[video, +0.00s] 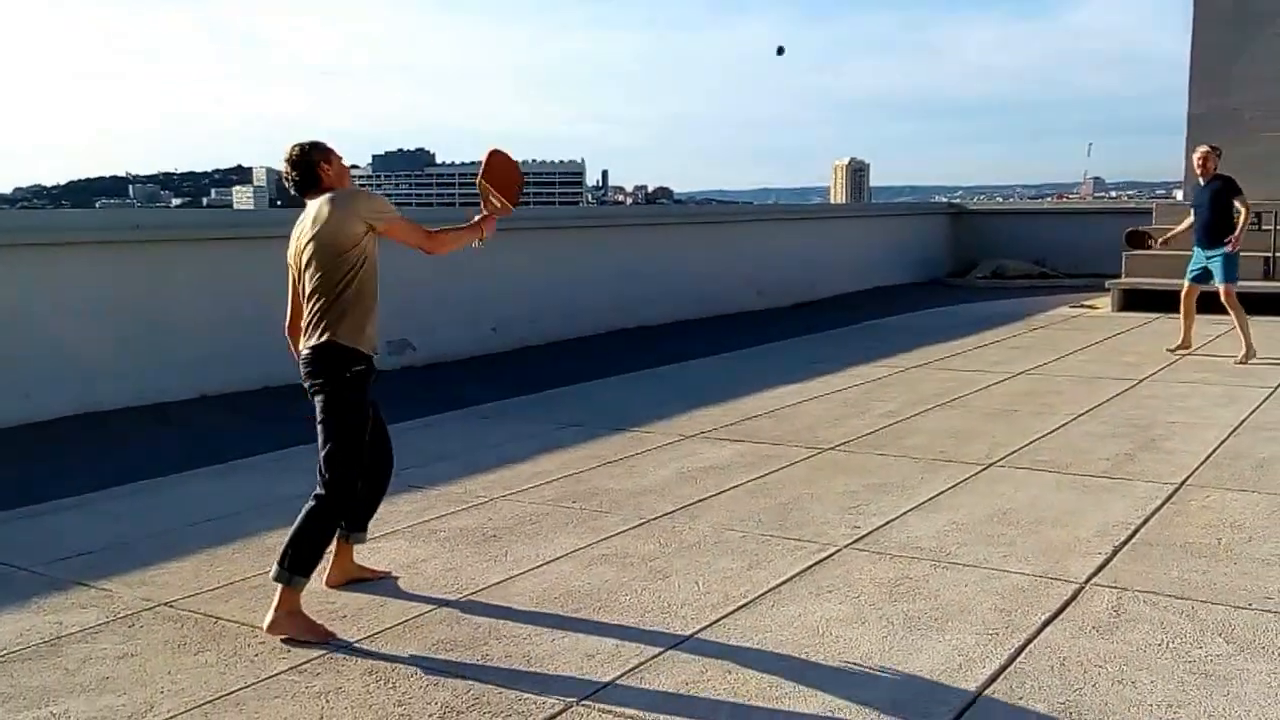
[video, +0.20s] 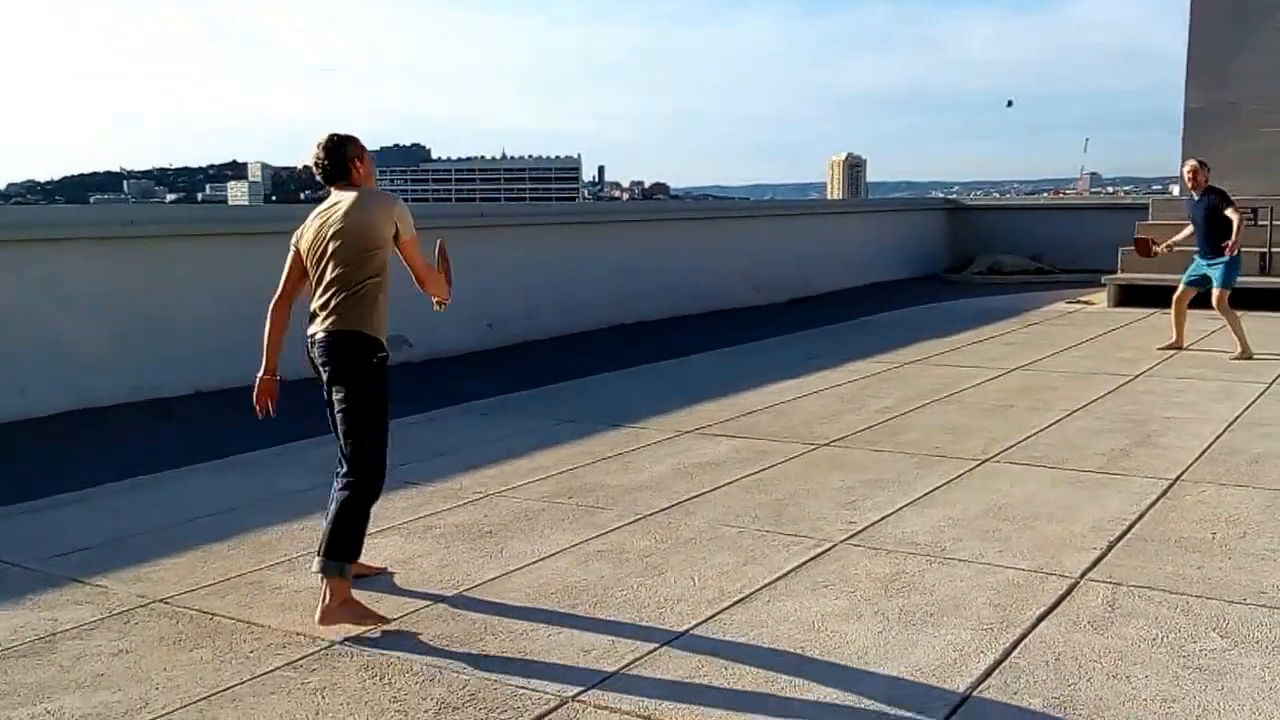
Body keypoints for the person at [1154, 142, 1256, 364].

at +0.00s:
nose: (1201, 163)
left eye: (1206, 159)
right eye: (1198, 159)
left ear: (1215, 163)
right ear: (1193, 163)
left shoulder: (1225, 183)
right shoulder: (1197, 190)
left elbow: (1244, 208)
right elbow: (1193, 219)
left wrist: (1238, 234)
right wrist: (1169, 236)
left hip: (1222, 250)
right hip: (1200, 251)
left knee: (1227, 296)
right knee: (1187, 295)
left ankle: (1248, 346)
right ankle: (1185, 341)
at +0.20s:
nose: (1191, 177)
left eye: (1195, 172)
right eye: (1187, 174)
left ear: (1206, 174)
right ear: (1184, 178)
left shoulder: (1216, 195)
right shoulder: (1193, 202)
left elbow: (1236, 216)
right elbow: (1193, 227)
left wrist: (1234, 239)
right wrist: (1171, 242)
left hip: (1224, 259)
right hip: (1202, 260)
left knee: (1219, 302)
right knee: (1179, 298)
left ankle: (1244, 348)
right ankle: (1177, 340)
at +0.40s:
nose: (1194, 168)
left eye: (1198, 163)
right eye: (1191, 165)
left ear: (1209, 164)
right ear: (1188, 168)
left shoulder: (1225, 184)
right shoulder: (1197, 190)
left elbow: (1249, 206)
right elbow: (1206, 218)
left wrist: (1254, 231)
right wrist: (1190, 244)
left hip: (1237, 247)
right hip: (1214, 249)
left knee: (1227, 293)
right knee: (1202, 297)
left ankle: (1242, 342)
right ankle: (1201, 335)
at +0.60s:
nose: (1202, 161)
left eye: (1206, 157)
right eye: (1200, 157)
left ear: (1218, 155)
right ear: (1198, 156)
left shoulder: (1235, 171)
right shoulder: (1199, 174)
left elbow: (1260, 189)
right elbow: (1195, 204)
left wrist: (1267, 210)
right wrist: (1196, 205)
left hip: (1237, 235)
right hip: (1215, 237)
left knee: (1234, 285)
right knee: (1226, 289)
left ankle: (1238, 337)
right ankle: (1261, 322)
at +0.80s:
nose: (1214, 148)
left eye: (1219, 145)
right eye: (1212, 143)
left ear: (1227, 148)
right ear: (1207, 145)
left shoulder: (1236, 167)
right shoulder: (1200, 169)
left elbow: (1260, 183)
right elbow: (1189, 199)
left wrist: (1267, 189)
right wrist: (1201, 184)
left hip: (1235, 230)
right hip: (1213, 232)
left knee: (1232, 278)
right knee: (1216, 284)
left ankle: (1235, 330)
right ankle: (1239, 320)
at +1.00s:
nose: (1213, 144)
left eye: (1219, 141)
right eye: (1211, 139)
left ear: (1226, 147)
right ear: (1205, 142)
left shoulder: (1233, 166)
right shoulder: (1198, 168)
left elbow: (1258, 180)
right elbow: (1181, 192)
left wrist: (1265, 183)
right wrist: (1196, 172)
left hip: (1231, 231)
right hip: (1207, 232)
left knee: (1221, 276)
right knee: (1195, 280)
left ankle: (1231, 328)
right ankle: (1199, 318)